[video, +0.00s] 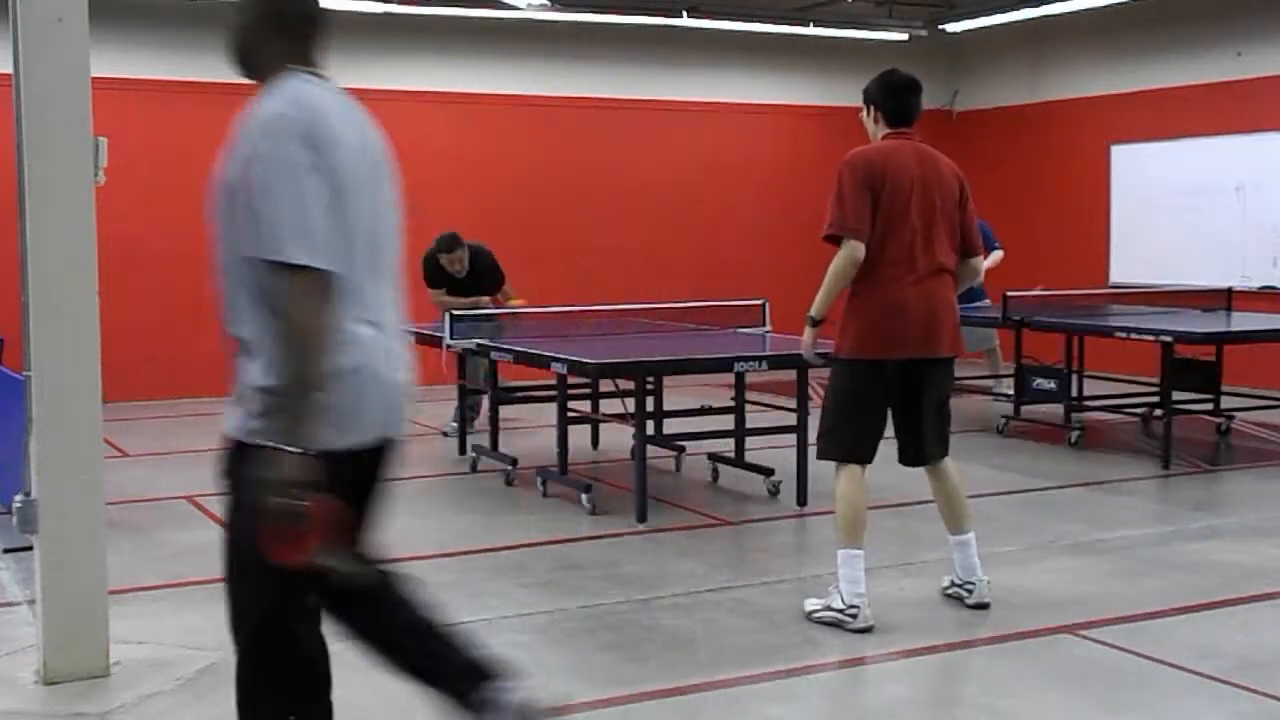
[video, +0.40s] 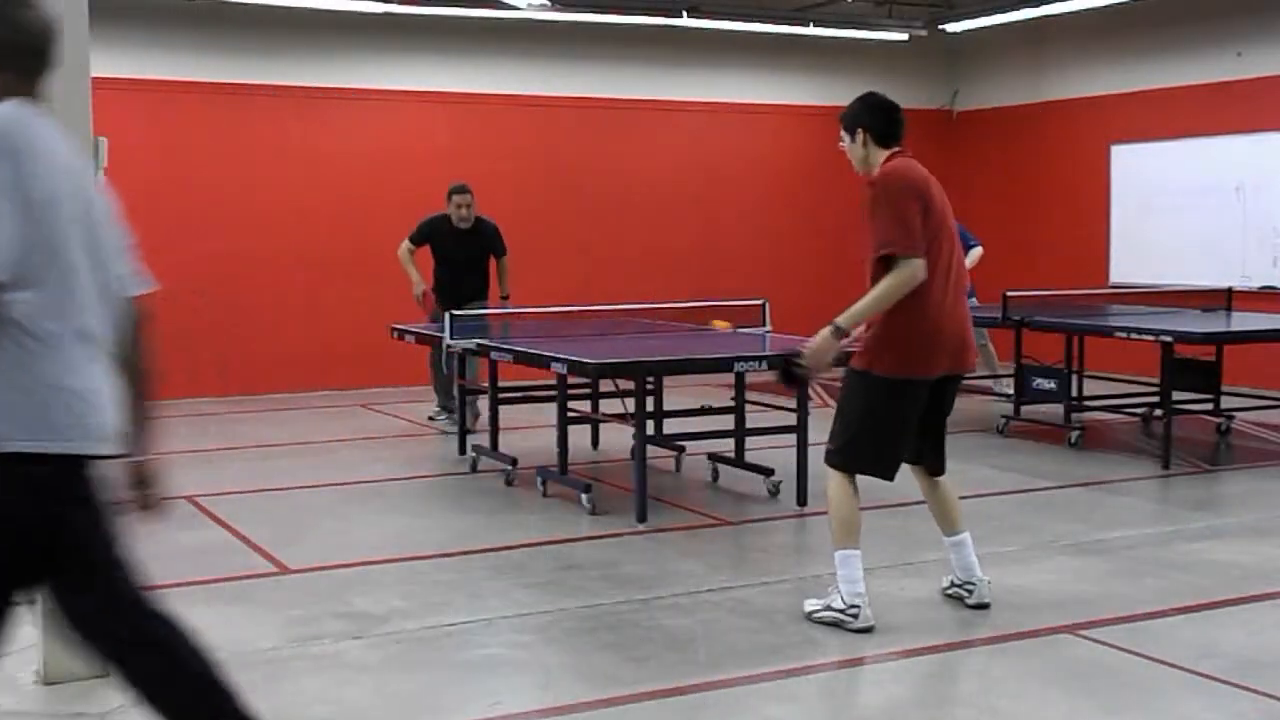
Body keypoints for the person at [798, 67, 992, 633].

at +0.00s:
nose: (862, 120)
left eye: (863, 112)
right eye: (865, 112)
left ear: (872, 114)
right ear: (916, 115)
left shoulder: (863, 163)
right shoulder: (948, 170)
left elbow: (852, 250)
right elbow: (974, 265)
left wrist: (813, 318)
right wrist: (930, 293)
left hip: (871, 336)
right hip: (935, 337)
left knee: (850, 462)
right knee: (935, 455)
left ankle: (851, 599)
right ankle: (970, 578)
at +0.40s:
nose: (844, 152)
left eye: (844, 141)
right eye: (843, 142)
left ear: (862, 137)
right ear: (891, 136)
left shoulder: (891, 180)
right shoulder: (924, 179)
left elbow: (911, 268)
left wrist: (834, 329)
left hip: (896, 354)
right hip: (947, 351)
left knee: (840, 465)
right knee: (925, 460)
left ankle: (850, 598)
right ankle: (970, 578)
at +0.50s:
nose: (849, 152)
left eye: (849, 141)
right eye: (846, 142)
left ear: (867, 134)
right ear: (885, 132)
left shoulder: (912, 172)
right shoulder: (900, 183)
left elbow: (943, 259)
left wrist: (877, 329)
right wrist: (804, 315)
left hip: (911, 351)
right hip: (951, 349)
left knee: (850, 461)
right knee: (923, 460)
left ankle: (850, 599)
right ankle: (972, 579)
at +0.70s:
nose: (860, 145)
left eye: (860, 134)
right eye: (858, 135)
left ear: (879, 130)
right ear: (895, 128)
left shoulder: (938, 171)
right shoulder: (902, 186)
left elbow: (986, 255)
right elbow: (871, 241)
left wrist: (957, 334)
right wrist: (820, 229)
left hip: (926, 347)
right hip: (946, 346)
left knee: (862, 455)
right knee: (933, 460)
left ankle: (857, 597)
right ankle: (981, 576)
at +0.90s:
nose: (869, 148)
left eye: (870, 137)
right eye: (869, 137)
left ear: (885, 139)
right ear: (917, 135)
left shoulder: (934, 186)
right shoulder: (933, 181)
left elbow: (968, 276)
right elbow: (942, 255)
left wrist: (935, 371)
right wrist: (896, 234)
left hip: (927, 362)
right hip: (957, 358)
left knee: (865, 479)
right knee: (933, 465)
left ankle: (906, 612)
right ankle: (981, 574)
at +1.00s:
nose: (870, 140)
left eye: (871, 131)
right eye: (873, 130)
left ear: (885, 135)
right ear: (926, 134)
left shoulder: (916, 183)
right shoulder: (955, 181)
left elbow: (934, 279)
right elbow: (983, 262)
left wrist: (888, 373)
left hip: (926, 371)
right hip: (969, 366)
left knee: (873, 496)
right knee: (947, 464)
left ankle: (930, 634)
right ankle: (979, 575)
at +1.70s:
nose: (914, 164)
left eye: (916, 156)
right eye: (923, 155)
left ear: (924, 161)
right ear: (977, 161)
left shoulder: (904, 214)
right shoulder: (1010, 222)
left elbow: (868, 303)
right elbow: (1037, 325)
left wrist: (860, 366)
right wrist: (1029, 380)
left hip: (917, 395)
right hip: (997, 393)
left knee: (847, 526)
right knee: (1001, 481)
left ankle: (870, 671)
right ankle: (1051, 608)